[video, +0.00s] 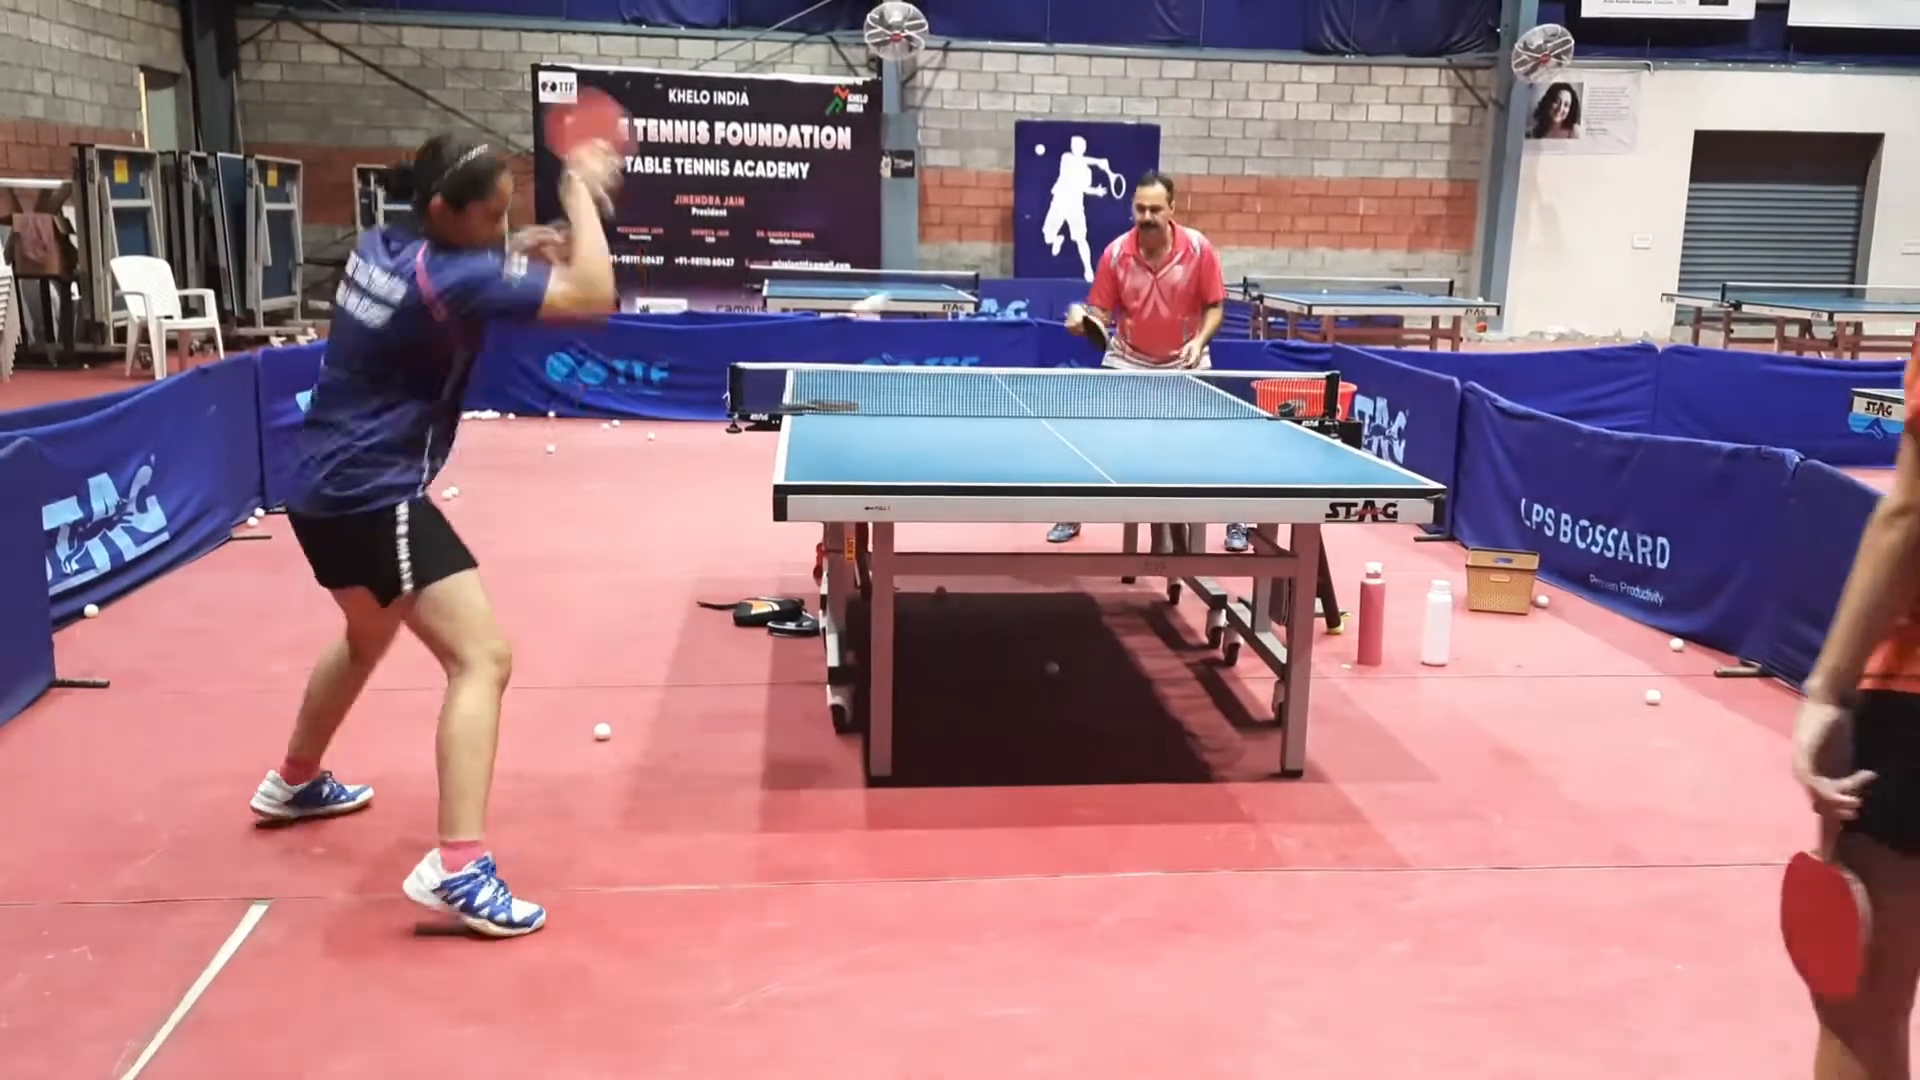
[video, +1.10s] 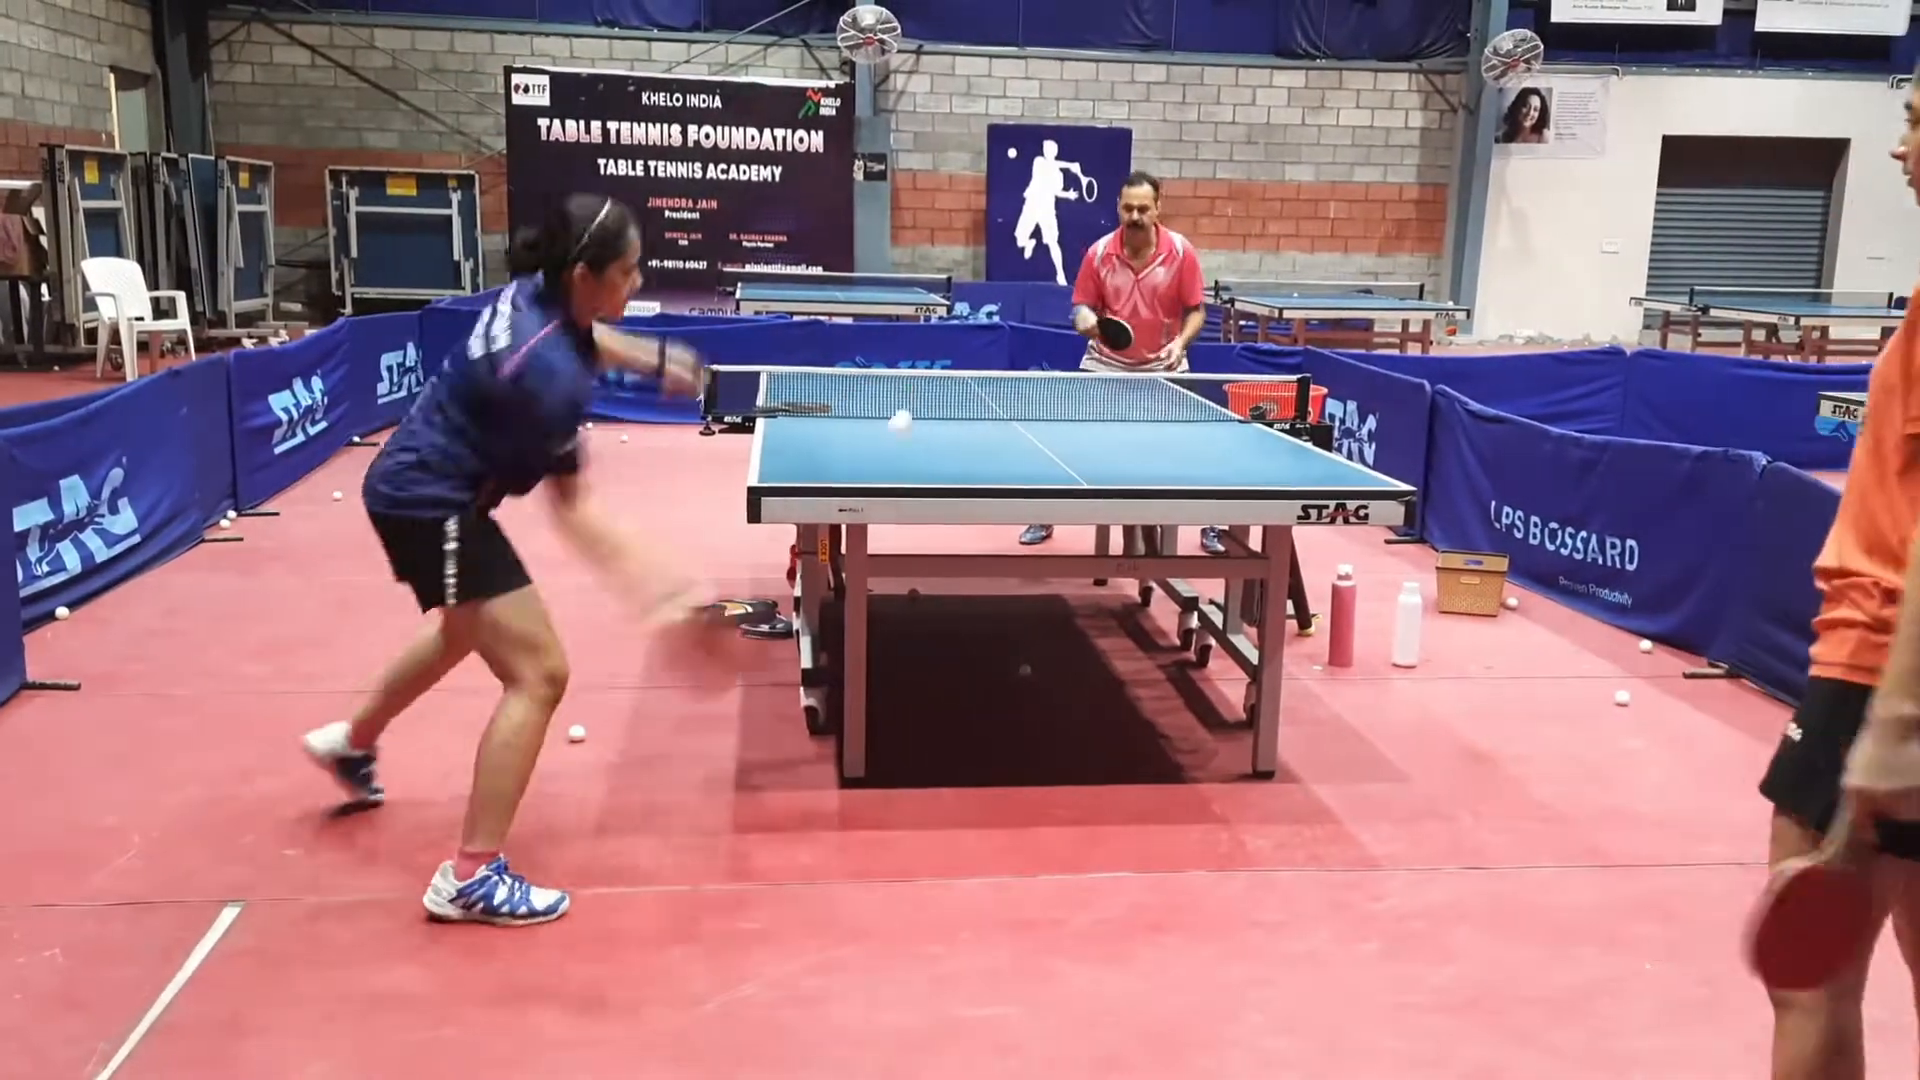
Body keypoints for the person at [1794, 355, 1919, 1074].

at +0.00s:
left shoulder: (1917, 348)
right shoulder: (1914, 349)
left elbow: (1907, 507)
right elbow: (1905, 505)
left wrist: (1828, 687)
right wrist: (1832, 688)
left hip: (1902, 695)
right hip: (1895, 694)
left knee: (1862, 1013)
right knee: (1863, 1010)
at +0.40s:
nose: (1834, 130)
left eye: (1836, 108)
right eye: (1839, 108)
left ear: (1867, 112)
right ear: (1906, 113)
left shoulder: (1829, 285)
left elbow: (1759, 514)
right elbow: (1758, 513)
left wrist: (1689, 690)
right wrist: (1693, 686)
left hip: (1840, 699)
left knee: (1809, 999)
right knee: (1919, 982)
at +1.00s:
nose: (1880, 141)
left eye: (1896, 118)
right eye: (1887, 115)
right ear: (1914, 127)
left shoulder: (1915, 289)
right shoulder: (1911, 287)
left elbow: (1900, 518)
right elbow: (1890, 513)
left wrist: (1813, 714)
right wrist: (1821, 699)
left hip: (1874, 688)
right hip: (1893, 683)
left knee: (1811, 979)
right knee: (1912, 966)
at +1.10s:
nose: (1901, 149)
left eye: (1914, 123)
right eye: (1909, 121)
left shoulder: (1916, 318)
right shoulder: (1911, 318)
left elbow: (1918, 541)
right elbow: (1893, 529)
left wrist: (1896, 718)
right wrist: (1846, 700)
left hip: (1869, 688)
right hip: (1868, 682)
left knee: (1811, 978)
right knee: (1817, 980)